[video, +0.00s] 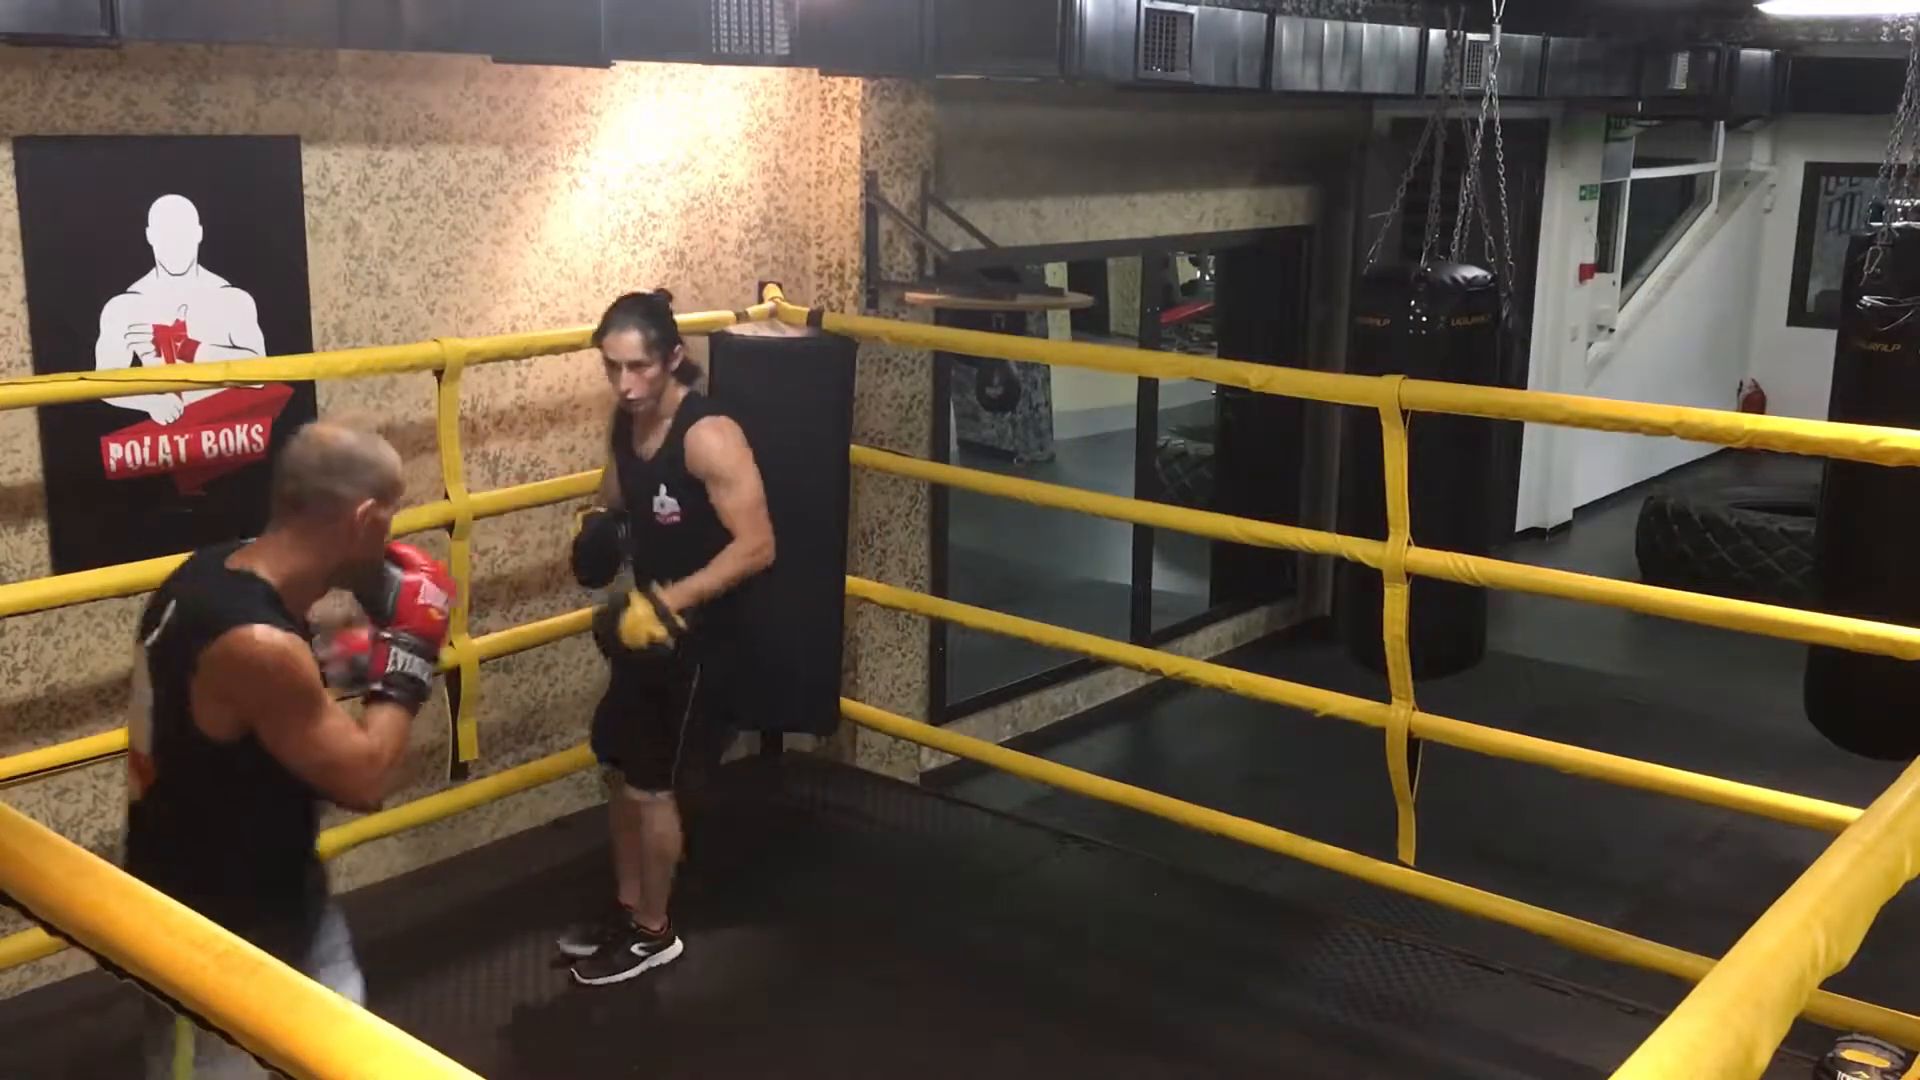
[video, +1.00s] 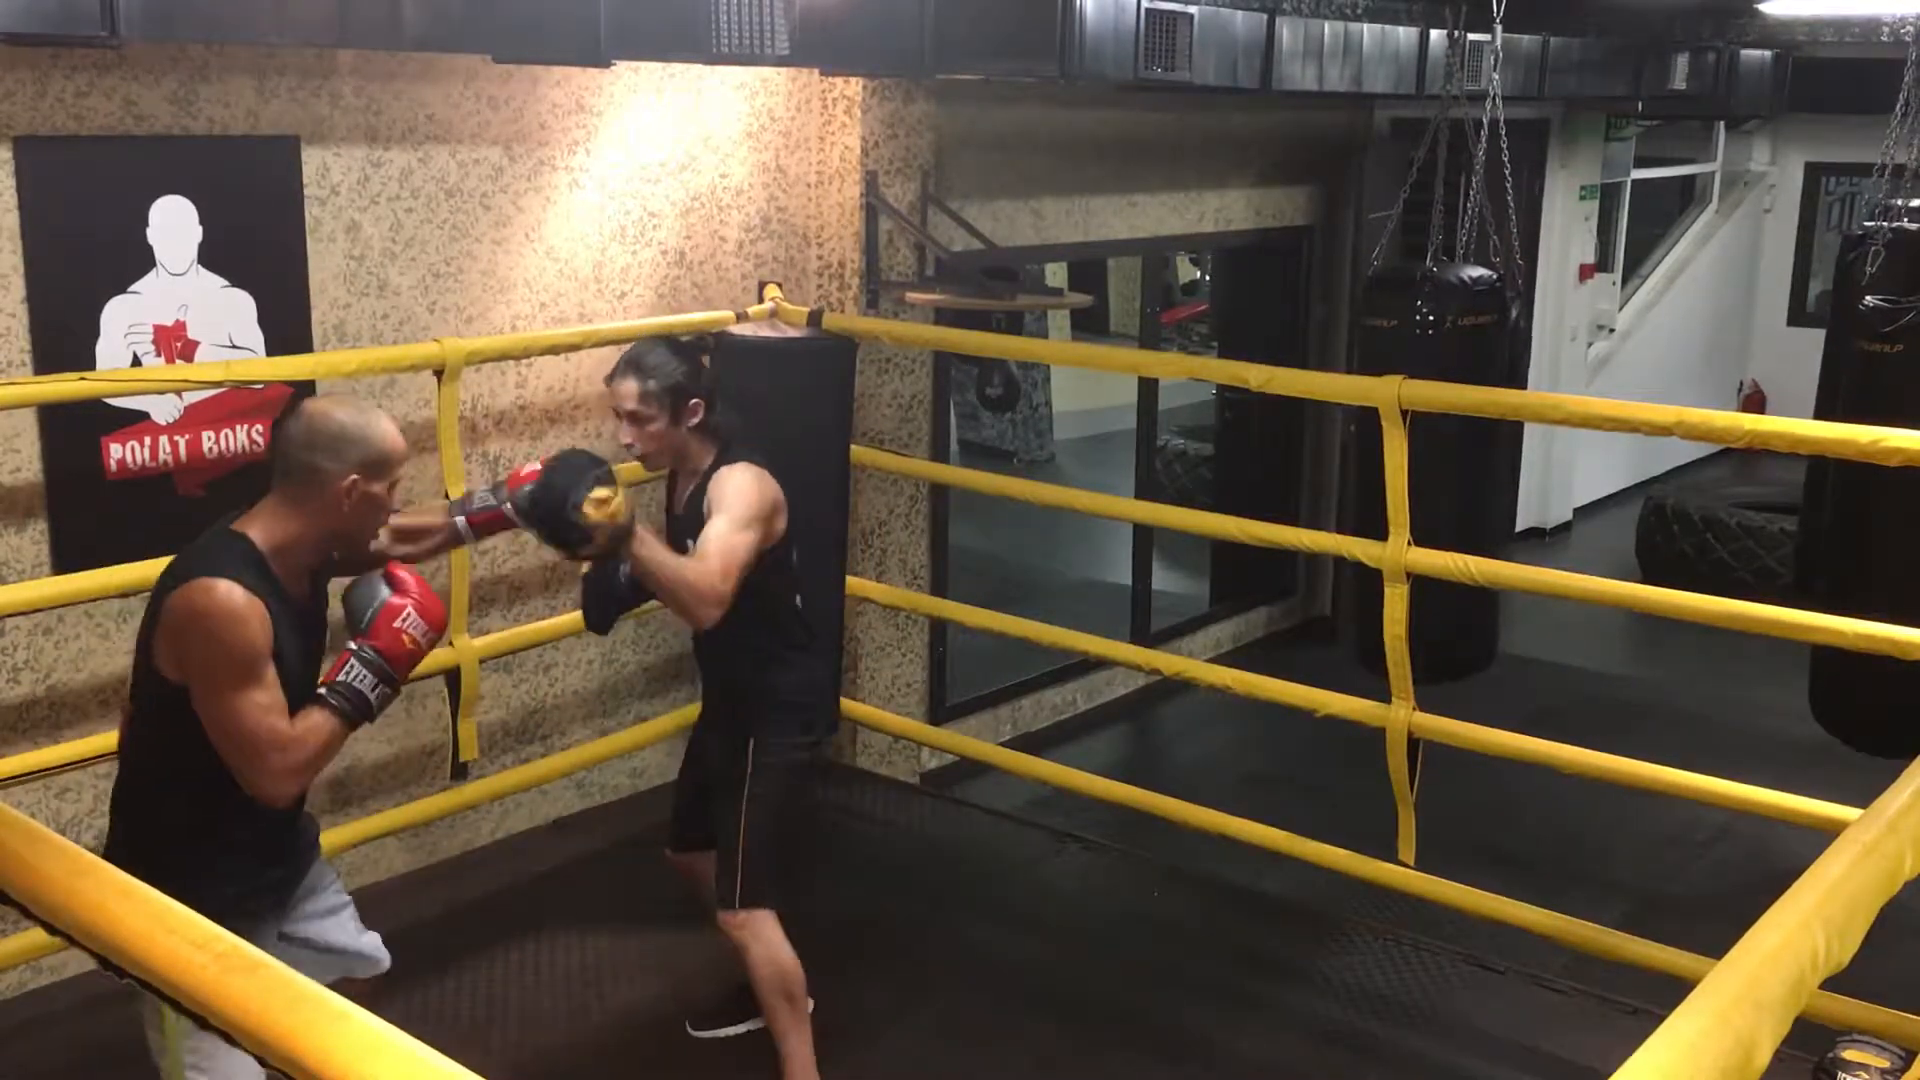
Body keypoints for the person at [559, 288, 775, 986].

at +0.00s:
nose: (626, 384)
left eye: (639, 366)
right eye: (614, 369)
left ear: (673, 358)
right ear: (606, 367)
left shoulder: (710, 435)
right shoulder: (628, 422)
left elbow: (758, 544)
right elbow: (617, 506)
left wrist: (667, 599)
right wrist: (596, 537)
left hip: (703, 636)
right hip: (648, 623)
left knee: (654, 780)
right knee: (620, 764)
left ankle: (655, 932)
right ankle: (629, 913)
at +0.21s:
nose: (617, 410)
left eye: (630, 391)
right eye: (605, 393)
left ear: (667, 382)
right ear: (596, 390)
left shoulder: (713, 439)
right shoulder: (616, 453)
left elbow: (729, 540)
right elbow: (590, 570)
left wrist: (660, 488)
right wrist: (607, 536)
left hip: (709, 645)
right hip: (646, 636)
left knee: (654, 804)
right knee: (593, 788)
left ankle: (683, 952)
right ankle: (635, 914)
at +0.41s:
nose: (619, 422)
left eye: (632, 406)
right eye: (610, 407)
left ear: (673, 396)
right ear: (606, 403)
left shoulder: (722, 456)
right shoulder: (621, 469)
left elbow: (736, 554)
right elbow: (606, 576)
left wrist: (668, 501)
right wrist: (615, 541)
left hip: (721, 670)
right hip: (654, 661)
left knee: (720, 844)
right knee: (608, 802)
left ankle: (763, 1032)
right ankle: (635, 915)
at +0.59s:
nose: (628, 431)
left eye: (640, 413)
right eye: (620, 415)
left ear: (686, 403)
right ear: (618, 411)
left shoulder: (742, 461)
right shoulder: (647, 477)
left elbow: (740, 563)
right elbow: (637, 599)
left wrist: (663, 505)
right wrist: (626, 562)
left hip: (742, 684)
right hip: (681, 675)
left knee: (737, 867)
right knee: (638, 808)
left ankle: (762, 1038)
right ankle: (676, 923)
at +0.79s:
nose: (634, 436)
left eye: (648, 417)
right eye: (626, 418)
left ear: (696, 407)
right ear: (622, 414)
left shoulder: (751, 468)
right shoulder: (657, 483)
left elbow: (749, 576)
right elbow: (630, 601)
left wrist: (670, 506)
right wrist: (631, 555)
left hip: (762, 695)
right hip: (704, 690)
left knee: (729, 874)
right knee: (679, 858)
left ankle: (791, 1062)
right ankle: (778, 986)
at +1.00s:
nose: (624, 438)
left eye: (637, 421)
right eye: (619, 421)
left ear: (690, 413)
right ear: (665, 416)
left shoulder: (742, 485)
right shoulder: (682, 476)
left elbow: (707, 601)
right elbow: (697, 580)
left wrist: (624, 534)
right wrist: (633, 574)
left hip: (782, 710)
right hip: (729, 700)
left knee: (745, 910)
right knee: (693, 849)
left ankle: (803, 1069)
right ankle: (778, 988)